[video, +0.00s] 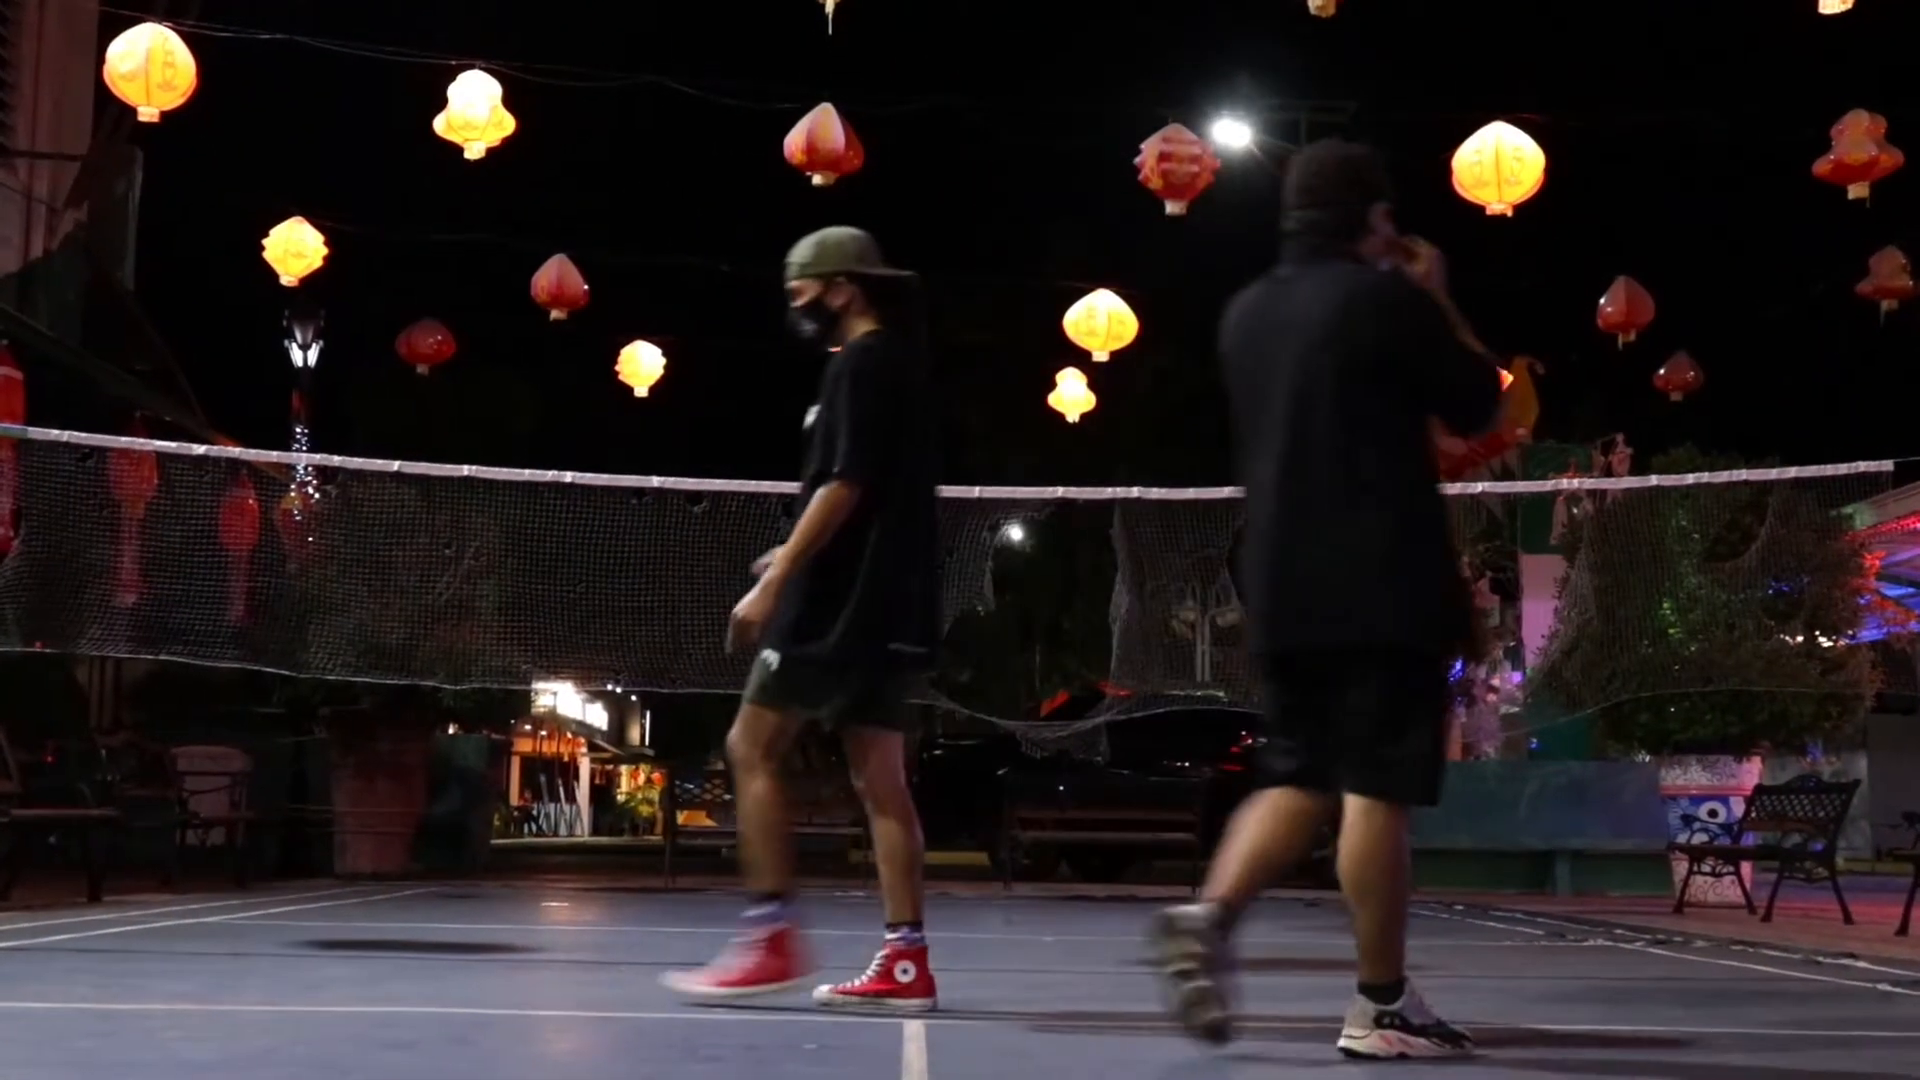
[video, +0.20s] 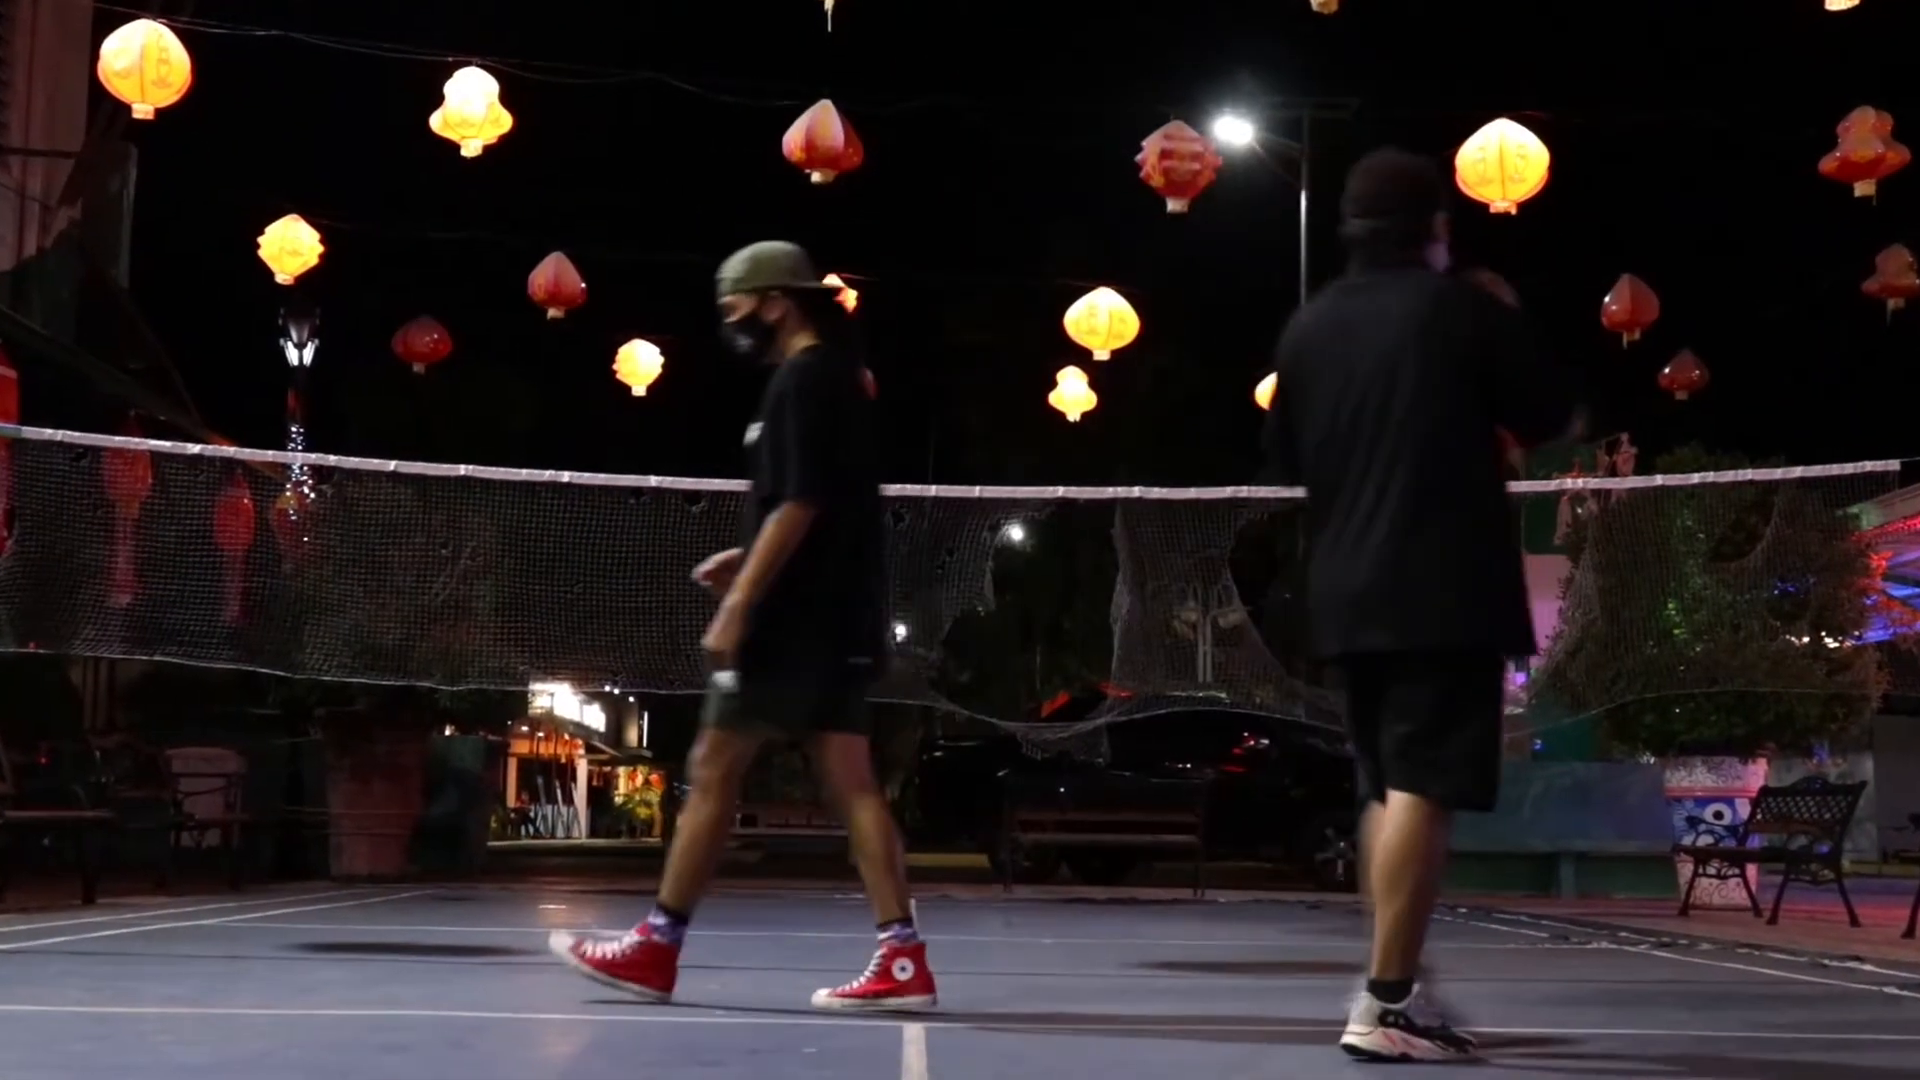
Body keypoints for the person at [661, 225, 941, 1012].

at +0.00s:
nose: (795, 301)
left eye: (803, 288)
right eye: (794, 290)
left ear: (842, 286)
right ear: (853, 290)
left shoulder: (860, 363)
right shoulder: (898, 361)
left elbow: (846, 485)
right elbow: (861, 489)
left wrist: (771, 581)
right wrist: (787, 569)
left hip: (835, 601)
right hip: (892, 603)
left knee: (752, 746)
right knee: (882, 781)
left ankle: (770, 938)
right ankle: (905, 955)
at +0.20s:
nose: (729, 320)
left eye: (736, 306)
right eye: (728, 307)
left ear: (776, 302)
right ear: (783, 305)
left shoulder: (802, 380)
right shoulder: (830, 376)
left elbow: (798, 506)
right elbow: (821, 505)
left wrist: (735, 606)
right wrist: (747, 557)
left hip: (784, 617)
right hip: (837, 617)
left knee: (712, 769)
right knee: (854, 783)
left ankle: (655, 945)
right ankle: (902, 953)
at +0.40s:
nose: (664, 325)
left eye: (671, 310)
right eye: (663, 312)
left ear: (707, 305)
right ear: (722, 307)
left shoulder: (725, 386)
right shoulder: (769, 380)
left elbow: (716, 512)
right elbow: (755, 505)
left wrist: (627, 581)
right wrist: (672, 528)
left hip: (703, 621)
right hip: (763, 619)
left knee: (643, 773)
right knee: (765, 778)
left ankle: (635, 955)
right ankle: (868, 926)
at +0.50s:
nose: (631, 326)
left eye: (636, 311)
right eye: (630, 313)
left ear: (669, 305)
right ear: (692, 306)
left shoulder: (680, 387)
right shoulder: (734, 380)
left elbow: (646, 501)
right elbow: (704, 497)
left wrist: (551, 505)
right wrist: (617, 462)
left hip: (655, 623)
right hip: (715, 619)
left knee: (620, 775)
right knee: (684, 773)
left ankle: (632, 956)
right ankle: (804, 884)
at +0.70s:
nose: (590, 337)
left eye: (590, 323)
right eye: (585, 327)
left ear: (613, 306)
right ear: (642, 304)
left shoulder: (621, 371)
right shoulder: (691, 370)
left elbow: (518, 423)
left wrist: (526, 327)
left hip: (604, 603)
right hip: (649, 600)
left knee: (607, 779)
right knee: (593, 768)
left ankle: (629, 956)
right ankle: (646, 929)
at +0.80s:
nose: (571, 337)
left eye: (573, 324)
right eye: (568, 325)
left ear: (592, 310)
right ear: (629, 305)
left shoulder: (608, 368)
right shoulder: (670, 371)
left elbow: (496, 410)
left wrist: (526, 315)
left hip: (590, 602)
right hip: (627, 600)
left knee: (601, 779)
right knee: (555, 759)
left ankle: (628, 957)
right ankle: (570, 934)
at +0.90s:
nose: (548, 335)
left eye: (549, 322)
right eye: (548, 322)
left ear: (569, 313)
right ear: (603, 308)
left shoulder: (585, 372)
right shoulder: (637, 374)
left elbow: (474, 412)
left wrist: (509, 323)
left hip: (570, 606)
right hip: (593, 602)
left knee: (579, 785)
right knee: (525, 770)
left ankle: (627, 960)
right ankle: (468, 939)